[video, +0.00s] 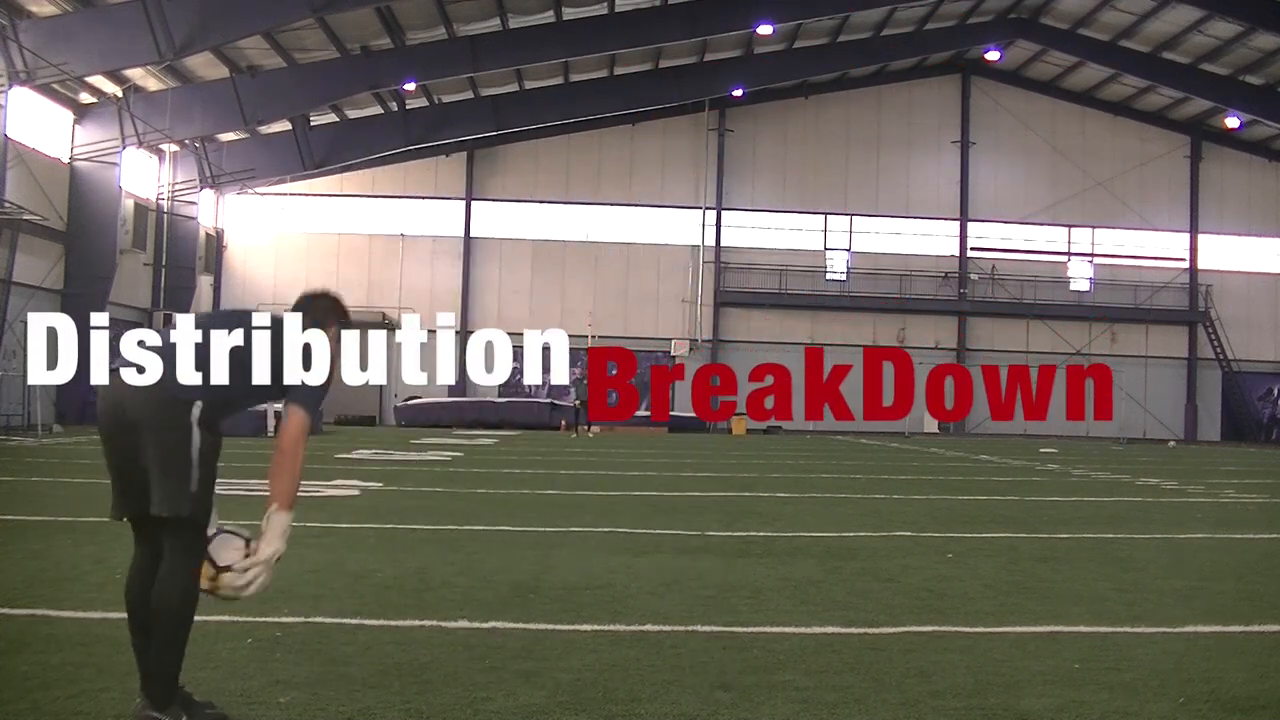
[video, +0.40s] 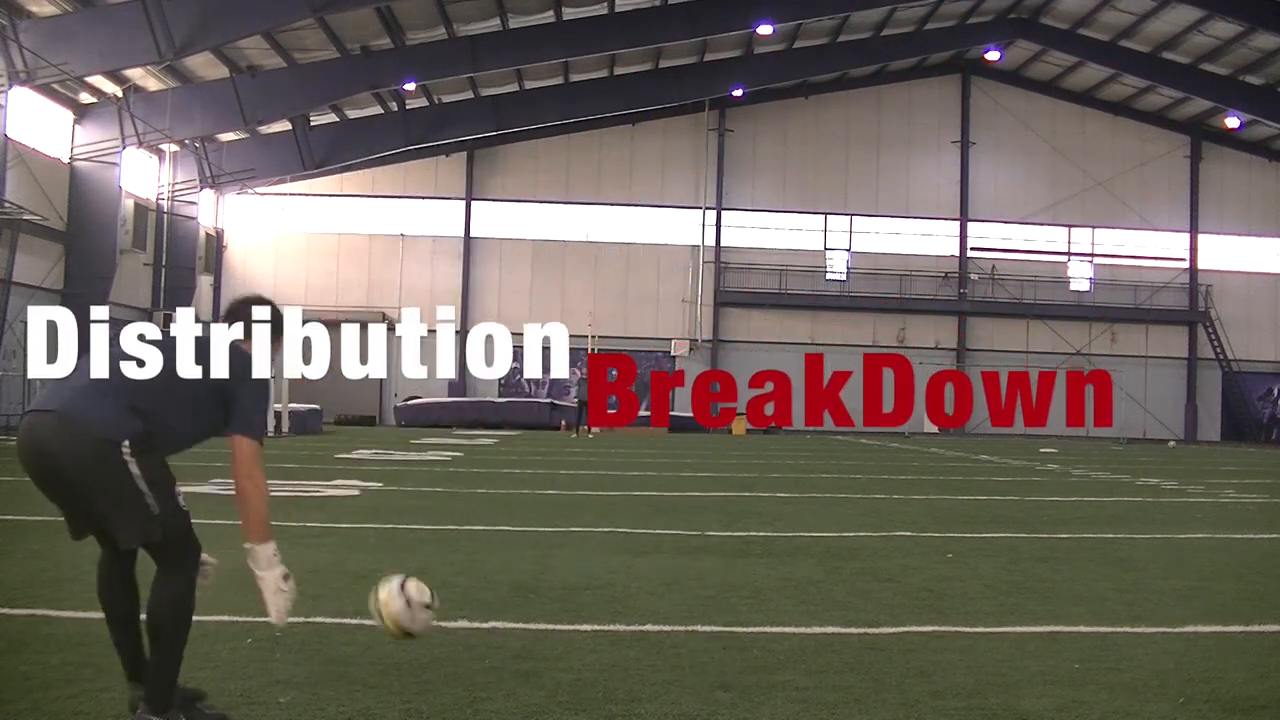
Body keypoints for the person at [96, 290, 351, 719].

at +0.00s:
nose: (336, 351)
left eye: (338, 340)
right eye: (339, 339)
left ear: (297, 316)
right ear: (327, 328)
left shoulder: (246, 327)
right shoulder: (314, 351)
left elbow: (197, 412)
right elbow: (291, 435)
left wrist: (198, 531)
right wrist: (276, 530)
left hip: (120, 397)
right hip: (175, 409)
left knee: (148, 549)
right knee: (183, 551)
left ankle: (155, 693)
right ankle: (162, 699)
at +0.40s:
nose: (273, 359)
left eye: (276, 349)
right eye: (275, 347)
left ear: (227, 326)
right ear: (257, 340)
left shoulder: (176, 342)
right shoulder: (245, 366)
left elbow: (138, 448)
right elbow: (247, 472)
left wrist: (180, 544)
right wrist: (266, 563)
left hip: (37, 432)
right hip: (103, 441)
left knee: (117, 549)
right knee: (181, 558)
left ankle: (140, 684)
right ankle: (160, 704)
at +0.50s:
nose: (246, 323)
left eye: (248, 313)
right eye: (247, 313)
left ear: (198, 300)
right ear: (237, 308)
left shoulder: (154, 323)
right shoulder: (221, 343)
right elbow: (211, 431)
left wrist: (111, 530)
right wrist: (229, 534)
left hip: (14, 427)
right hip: (81, 436)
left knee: (89, 544)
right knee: (160, 555)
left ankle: (71, 686)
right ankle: (160, 703)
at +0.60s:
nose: (220, 290)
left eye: (221, 278)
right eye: (219, 277)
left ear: (168, 268)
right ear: (201, 271)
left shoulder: (102, 299)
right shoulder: (184, 317)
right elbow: (175, 416)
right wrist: (189, 510)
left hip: (6, 433)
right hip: (67, 440)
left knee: (51, 561)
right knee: (145, 557)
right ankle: (159, 702)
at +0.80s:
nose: (117, 230)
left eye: (117, 217)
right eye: (116, 216)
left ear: (62, 207)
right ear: (95, 209)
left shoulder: (23, 256)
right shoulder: (63, 264)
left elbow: (34, 363)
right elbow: (44, 359)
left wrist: (31, 456)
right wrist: (43, 459)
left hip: (11, 465)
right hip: (13, 468)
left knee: (75, 581)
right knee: (75, 580)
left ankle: (145, 699)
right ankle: (146, 701)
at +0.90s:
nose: (68, 201)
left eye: (68, 189)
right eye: (67, 188)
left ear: (17, 181)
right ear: (48, 183)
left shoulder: (15, 246)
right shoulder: (23, 250)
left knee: (40, 558)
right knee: (39, 559)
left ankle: (80, 699)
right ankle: (80, 700)